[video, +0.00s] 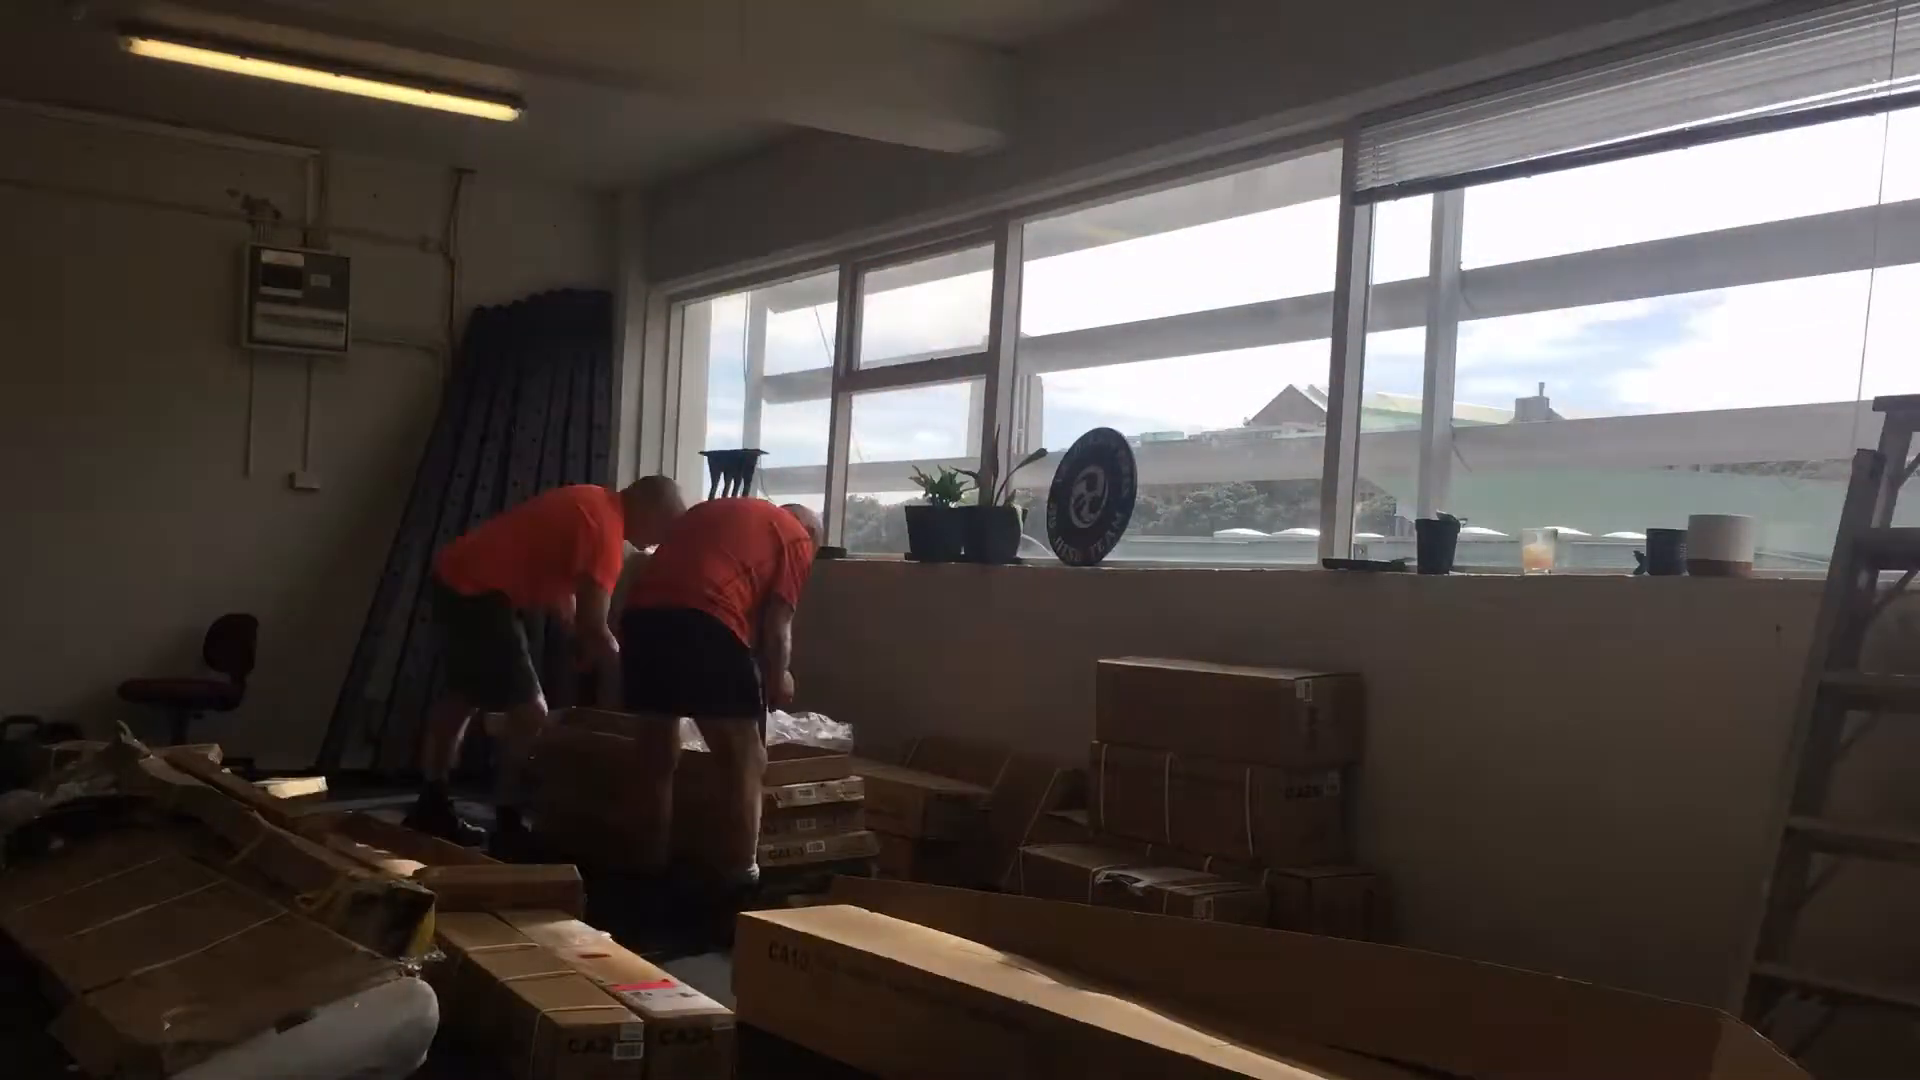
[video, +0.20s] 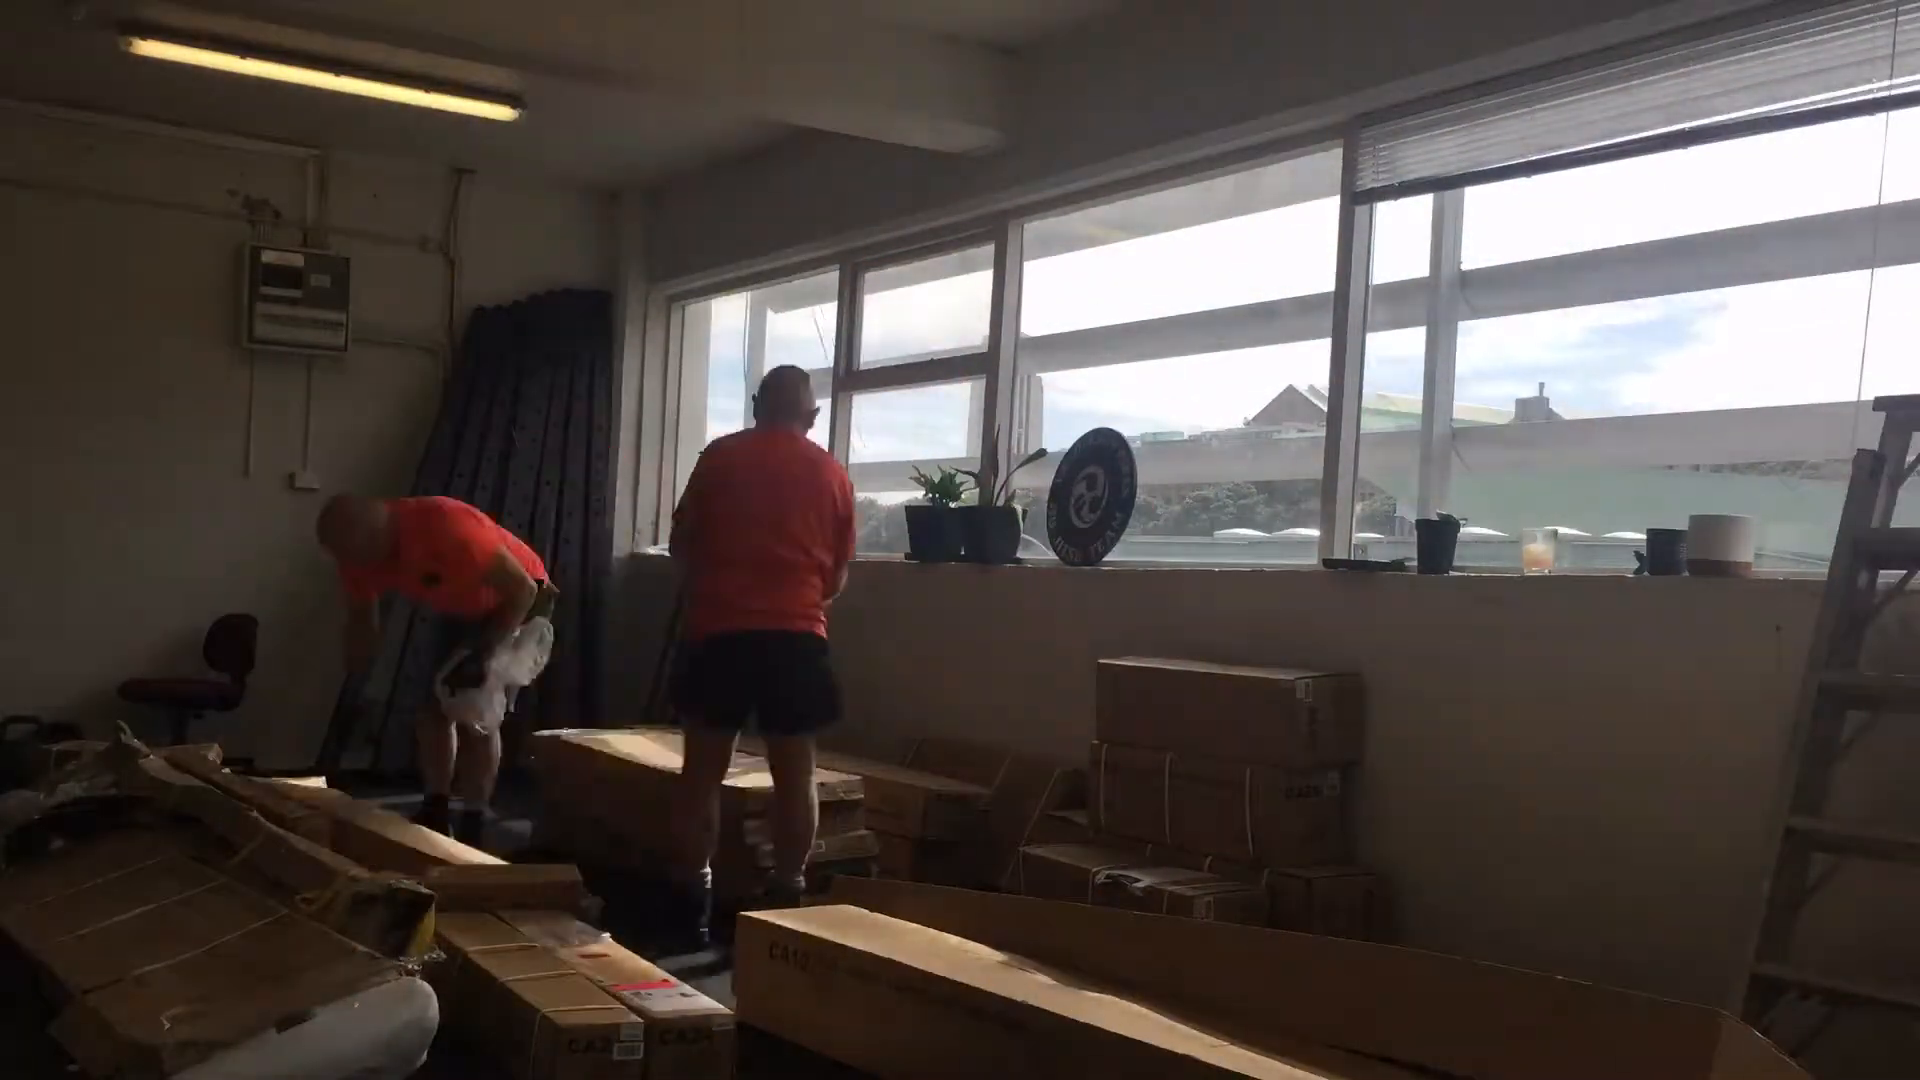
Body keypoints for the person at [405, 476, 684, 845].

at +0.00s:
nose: (661, 539)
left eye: (668, 531)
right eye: (665, 527)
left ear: (638, 498)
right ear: (648, 510)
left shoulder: (591, 498)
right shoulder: (605, 531)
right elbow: (594, 630)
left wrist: (577, 626)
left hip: (456, 580)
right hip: (482, 594)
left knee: (458, 701)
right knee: (531, 719)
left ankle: (431, 807)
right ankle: (509, 830)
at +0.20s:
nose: (349, 558)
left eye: (349, 548)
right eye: (342, 552)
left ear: (368, 528)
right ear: (343, 542)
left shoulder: (447, 525)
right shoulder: (356, 554)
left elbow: (524, 589)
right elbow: (362, 624)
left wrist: (483, 656)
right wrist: (354, 690)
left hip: (517, 602)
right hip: (456, 609)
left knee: (479, 716)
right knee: (433, 710)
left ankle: (472, 825)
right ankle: (435, 814)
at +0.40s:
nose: (618, 527)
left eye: (625, 521)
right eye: (621, 517)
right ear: (604, 495)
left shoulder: (572, 519)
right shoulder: (559, 511)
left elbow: (560, 597)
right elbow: (556, 595)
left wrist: (586, 657)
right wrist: (601, 663)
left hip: (478, 620)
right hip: (443, 609)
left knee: (489, 720)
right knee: (435, 719)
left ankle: (476, 836)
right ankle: (402, 836)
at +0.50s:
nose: (403, 429)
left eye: (412, 421)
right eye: (400, 420)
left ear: (433, 426)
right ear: (394, 424)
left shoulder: (460, 479)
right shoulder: (380, 475)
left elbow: (480, 543)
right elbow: (364, 538)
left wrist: (475, 602)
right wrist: (341, 591)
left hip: (443, 605)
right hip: (388, 603)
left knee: (436, 706)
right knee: (383, 705)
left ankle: (434, 808)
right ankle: (381, 803)